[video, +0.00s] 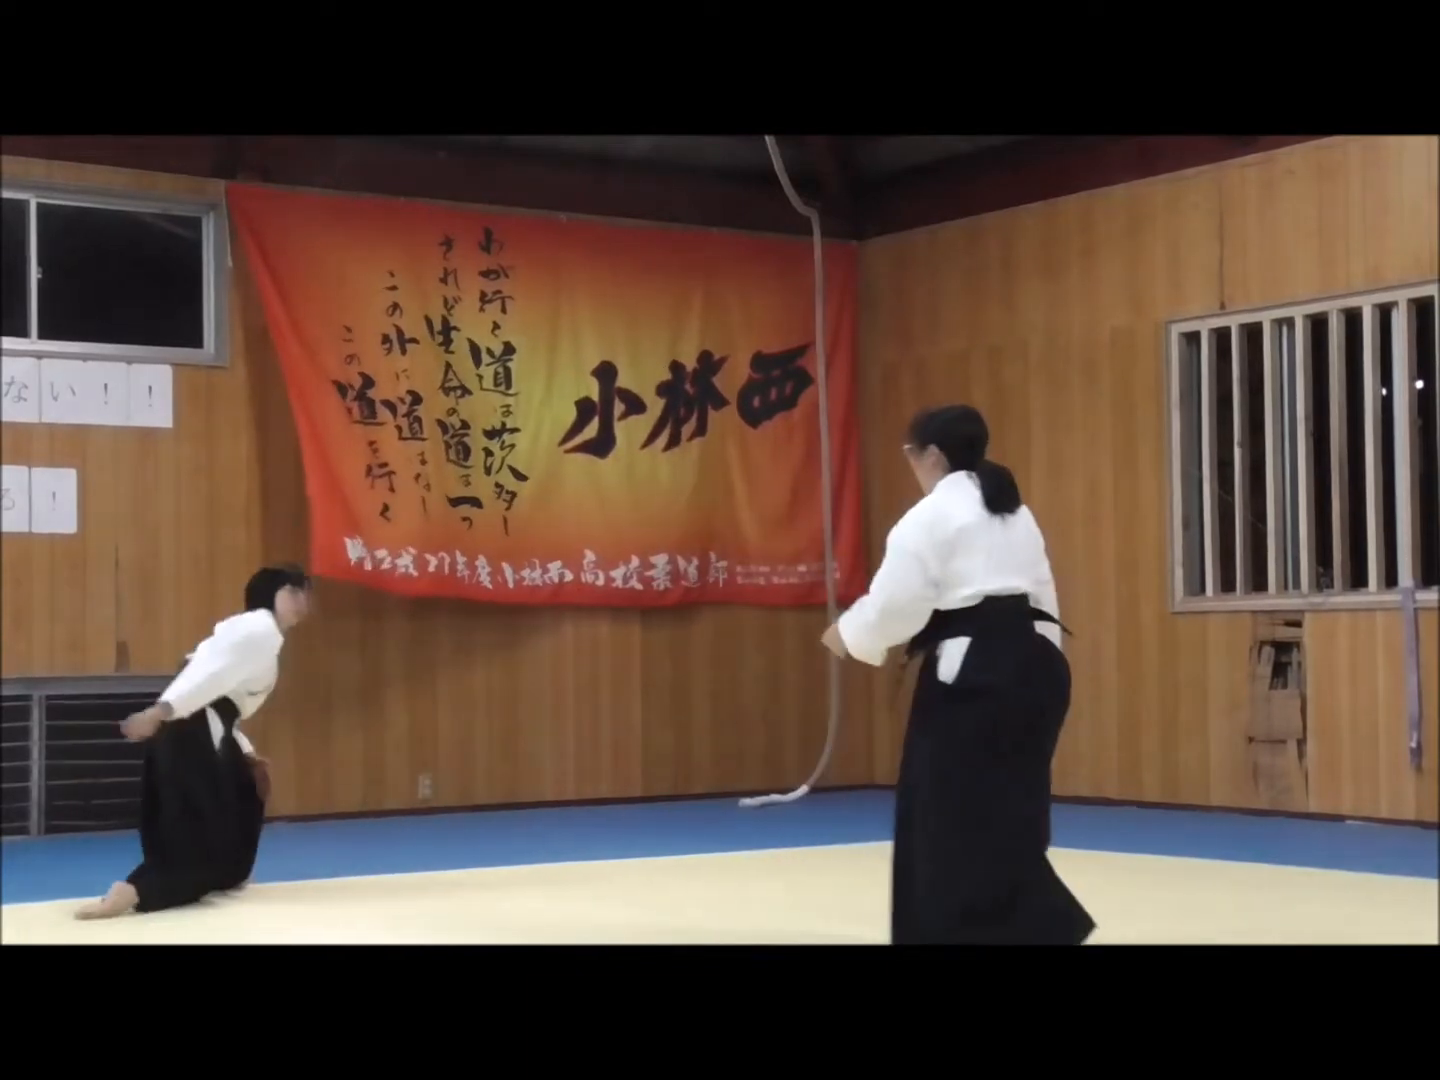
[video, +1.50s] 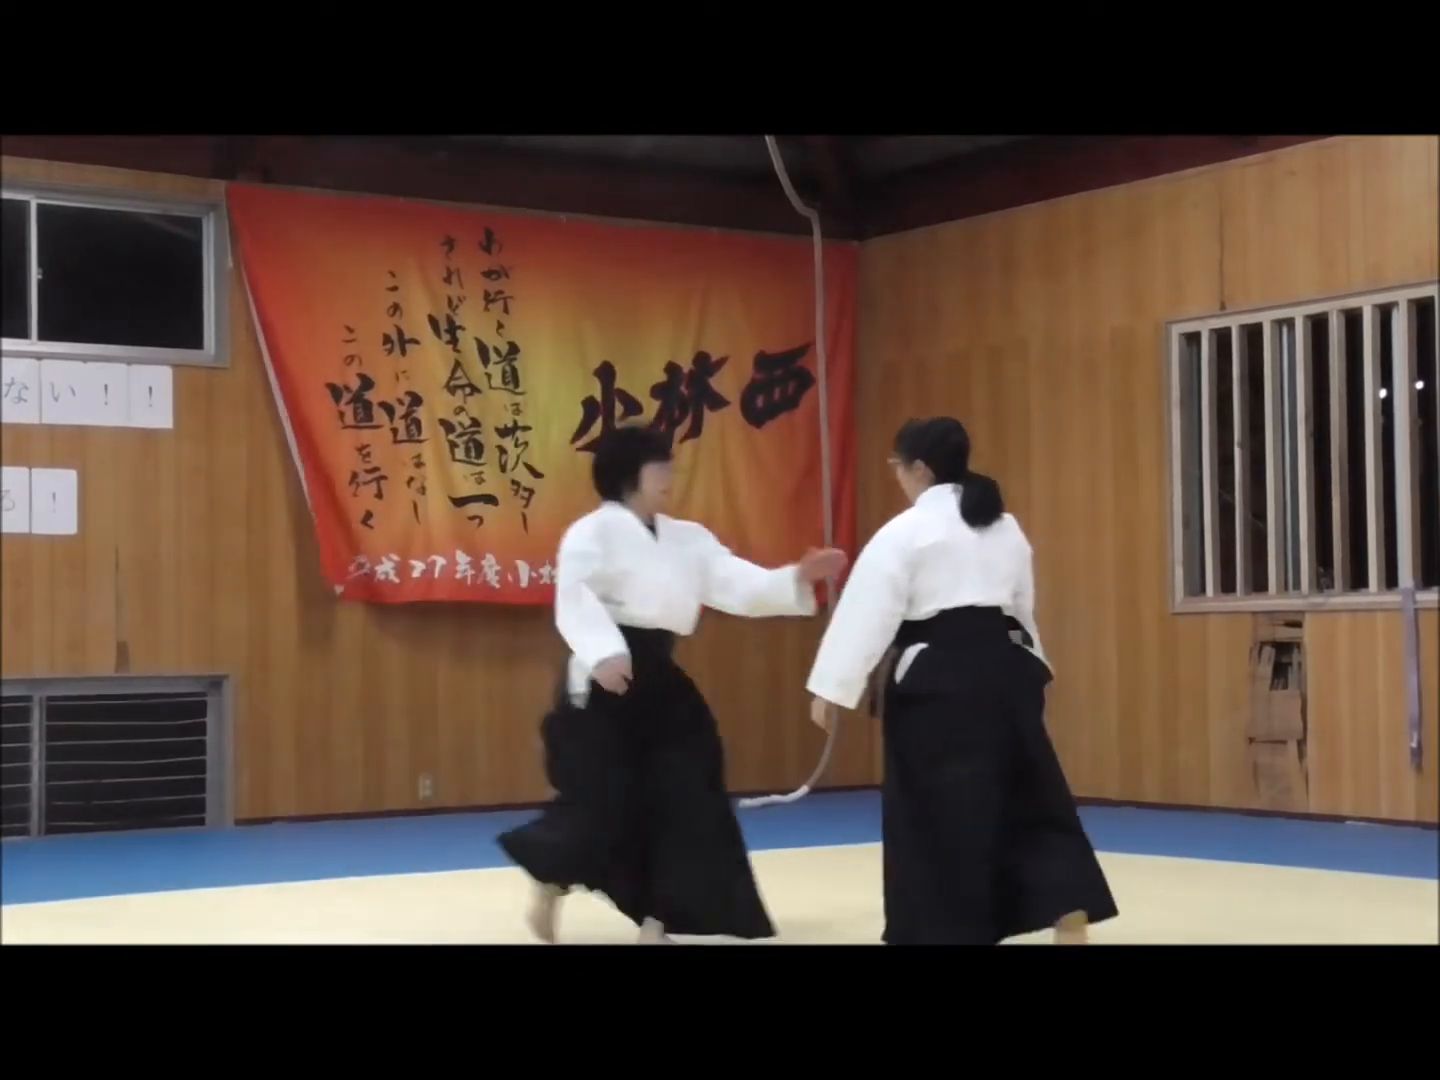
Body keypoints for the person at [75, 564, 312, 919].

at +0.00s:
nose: (304, 601)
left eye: (304, 593)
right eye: (295, 592)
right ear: (275, 596)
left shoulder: (261, 634)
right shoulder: (258, 629)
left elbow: (222, 706)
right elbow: (209, 671)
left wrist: (249, 755)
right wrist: (158, 712)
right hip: (192, 730)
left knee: (247, 790)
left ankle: (224, 873)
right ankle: (135, 891)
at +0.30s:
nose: (301, 542)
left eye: (305, 535)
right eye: (289, 534)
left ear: (311, 546)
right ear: (267, 542)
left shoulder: (305, 611)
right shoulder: (235, 584)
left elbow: (305, 676)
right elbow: (185, 630)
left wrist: (292, 735)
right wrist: (155, 689)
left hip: (247, 698)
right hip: (203, 689)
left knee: (247, 785)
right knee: (220, 778)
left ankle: (228, 879)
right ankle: (205, 882)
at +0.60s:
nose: (318, 526)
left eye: (322, 517)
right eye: (307, 518)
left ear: (328, 525)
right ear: (284, 528)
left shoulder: (336, 587)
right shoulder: (248, 577)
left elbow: (350, 654)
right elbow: (214, 644)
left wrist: (350, 719)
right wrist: (207, 714)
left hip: (303, 689)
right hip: (248, 684)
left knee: (316, 777)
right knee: (235, 780)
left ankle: (297, 871)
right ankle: (214, 885)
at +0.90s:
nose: (420, 485)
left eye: (420, 477)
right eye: (409, 478)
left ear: (418, 486)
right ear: (382, 488)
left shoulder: (440, 553)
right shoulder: (349, 542)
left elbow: (471, 600)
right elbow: (316, 609)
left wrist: (501, 641)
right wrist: (298, 678)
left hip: (403, 669)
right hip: (347, 664)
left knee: (410, 781)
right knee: (347, 780)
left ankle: (403, 894)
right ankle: (291, 862)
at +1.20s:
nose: (524, 475)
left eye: (524, 466)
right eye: (509, 467)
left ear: (525, 476)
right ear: (481, 479)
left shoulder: (543, 537)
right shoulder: (443, 539)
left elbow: (587, 562)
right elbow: (400, 609)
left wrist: (638, 559)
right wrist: (370, 679)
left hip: (517, 666)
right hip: (462, 666)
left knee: (507, 779)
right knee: (482, 778)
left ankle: (439, 862)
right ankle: (494, 908)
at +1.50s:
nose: (669, 476)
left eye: (669, 465)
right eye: (658, 465)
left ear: (669, 472)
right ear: (626, 474)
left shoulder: (688, 539)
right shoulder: (592, 532)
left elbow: (738, 584)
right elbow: (572, 598)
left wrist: (799, 576)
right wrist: (604, 650)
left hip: (663, 675)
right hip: (605, 675)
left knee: (687, 788)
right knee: (609, 795)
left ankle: (658, 923)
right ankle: (553, 875)